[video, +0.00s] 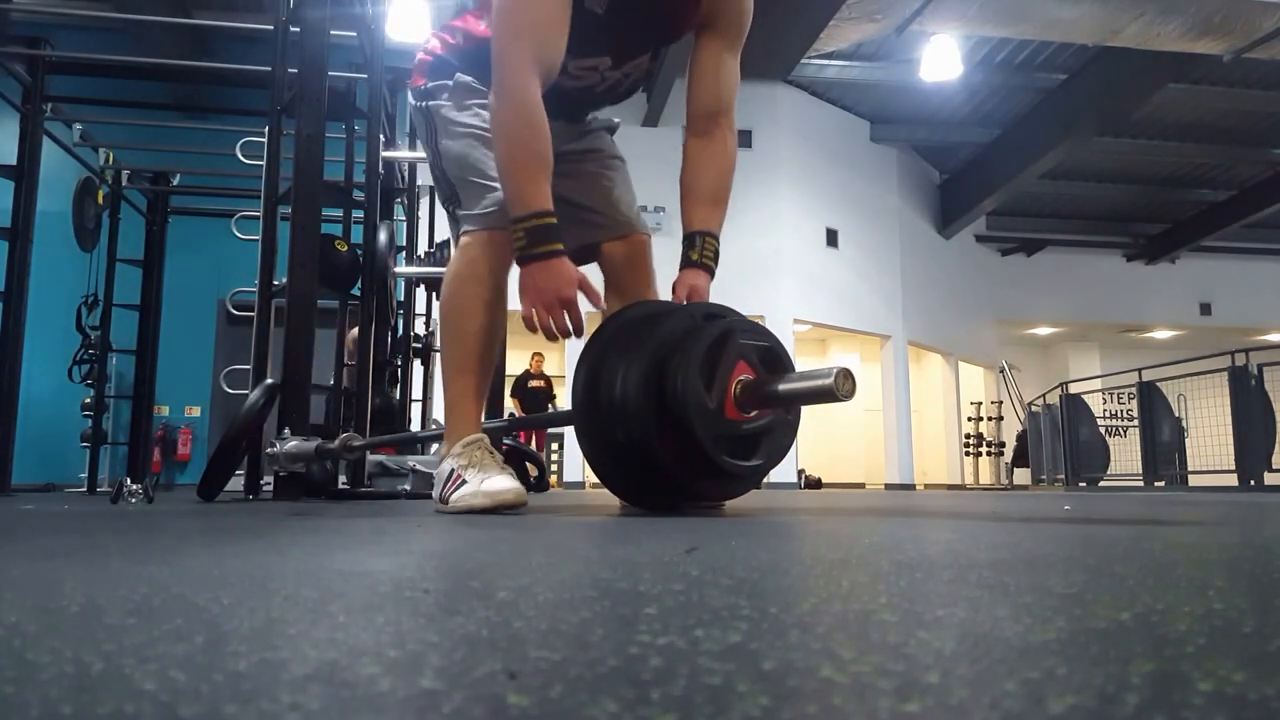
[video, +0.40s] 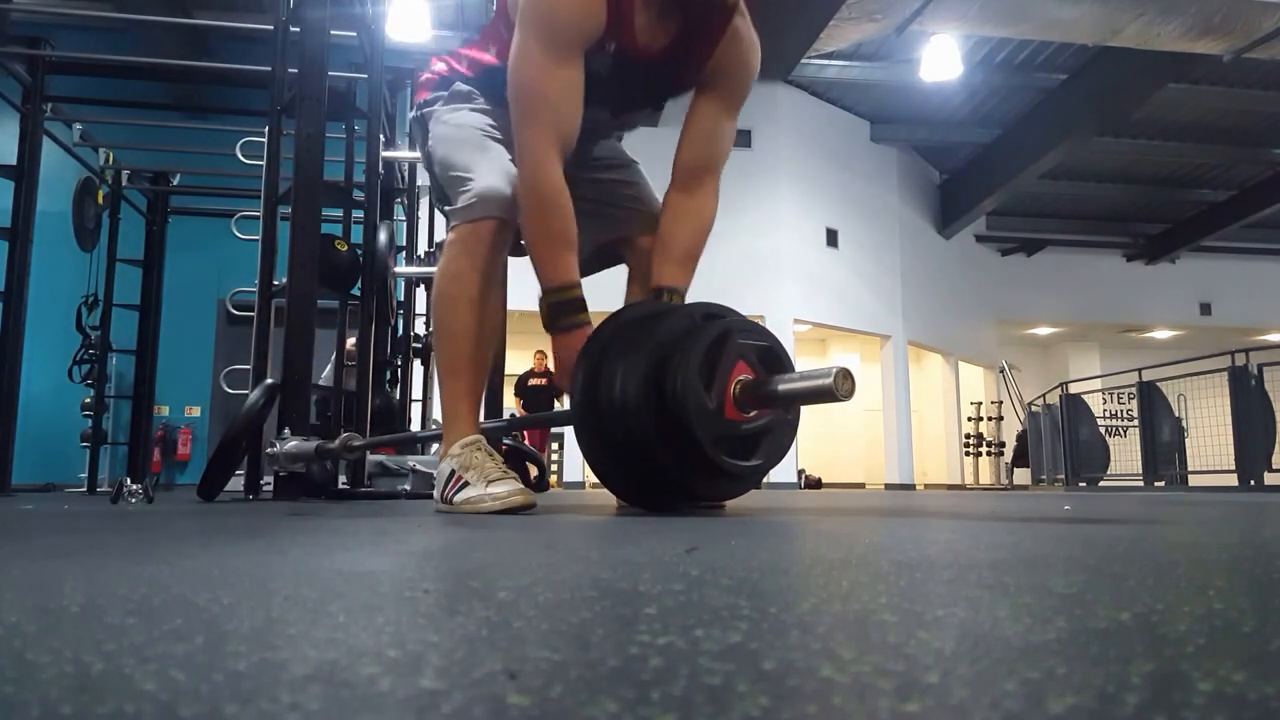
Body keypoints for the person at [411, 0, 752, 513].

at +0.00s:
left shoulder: (726, 3)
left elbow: (711, 124)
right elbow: (517, 83)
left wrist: (699, 259)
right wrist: (539, 248)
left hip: (574, 107)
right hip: (470, 76)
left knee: (629, 243)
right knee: (494, 224)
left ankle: (651, 460)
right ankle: (463, 450)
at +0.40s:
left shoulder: (734, 42)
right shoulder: (565, 5)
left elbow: (695, 183)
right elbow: (539, 156)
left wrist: (661, 321)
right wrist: (567, 321)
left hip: (584, 126)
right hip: (476, 93)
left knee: (657, 243)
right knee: (491, 203)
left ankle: (652, 458)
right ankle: (462, 449)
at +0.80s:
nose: (728, 86)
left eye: (749, 74)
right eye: (720, 59)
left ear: (766, 64)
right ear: (683, 10)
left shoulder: (729, 122)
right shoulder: (566, 42)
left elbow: (683, 252)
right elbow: (530, 218)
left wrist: (654, 384)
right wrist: (570, 362)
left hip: (581, 152)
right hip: (477, 112)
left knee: (673, 240)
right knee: (480, 206)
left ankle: (656, 446)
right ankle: (461, 452)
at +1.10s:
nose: (725, 118)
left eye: (746, 104)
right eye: (715, 89)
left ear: (765, 91)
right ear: (677, 40)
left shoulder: (727, 152)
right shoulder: (566, 69)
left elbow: (688, 276)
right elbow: (520, 245)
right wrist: (577, 380)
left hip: (574, 160)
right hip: (473, 120)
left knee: (677, 248)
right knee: (472, 213)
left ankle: (656, 453)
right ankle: (461, 452)